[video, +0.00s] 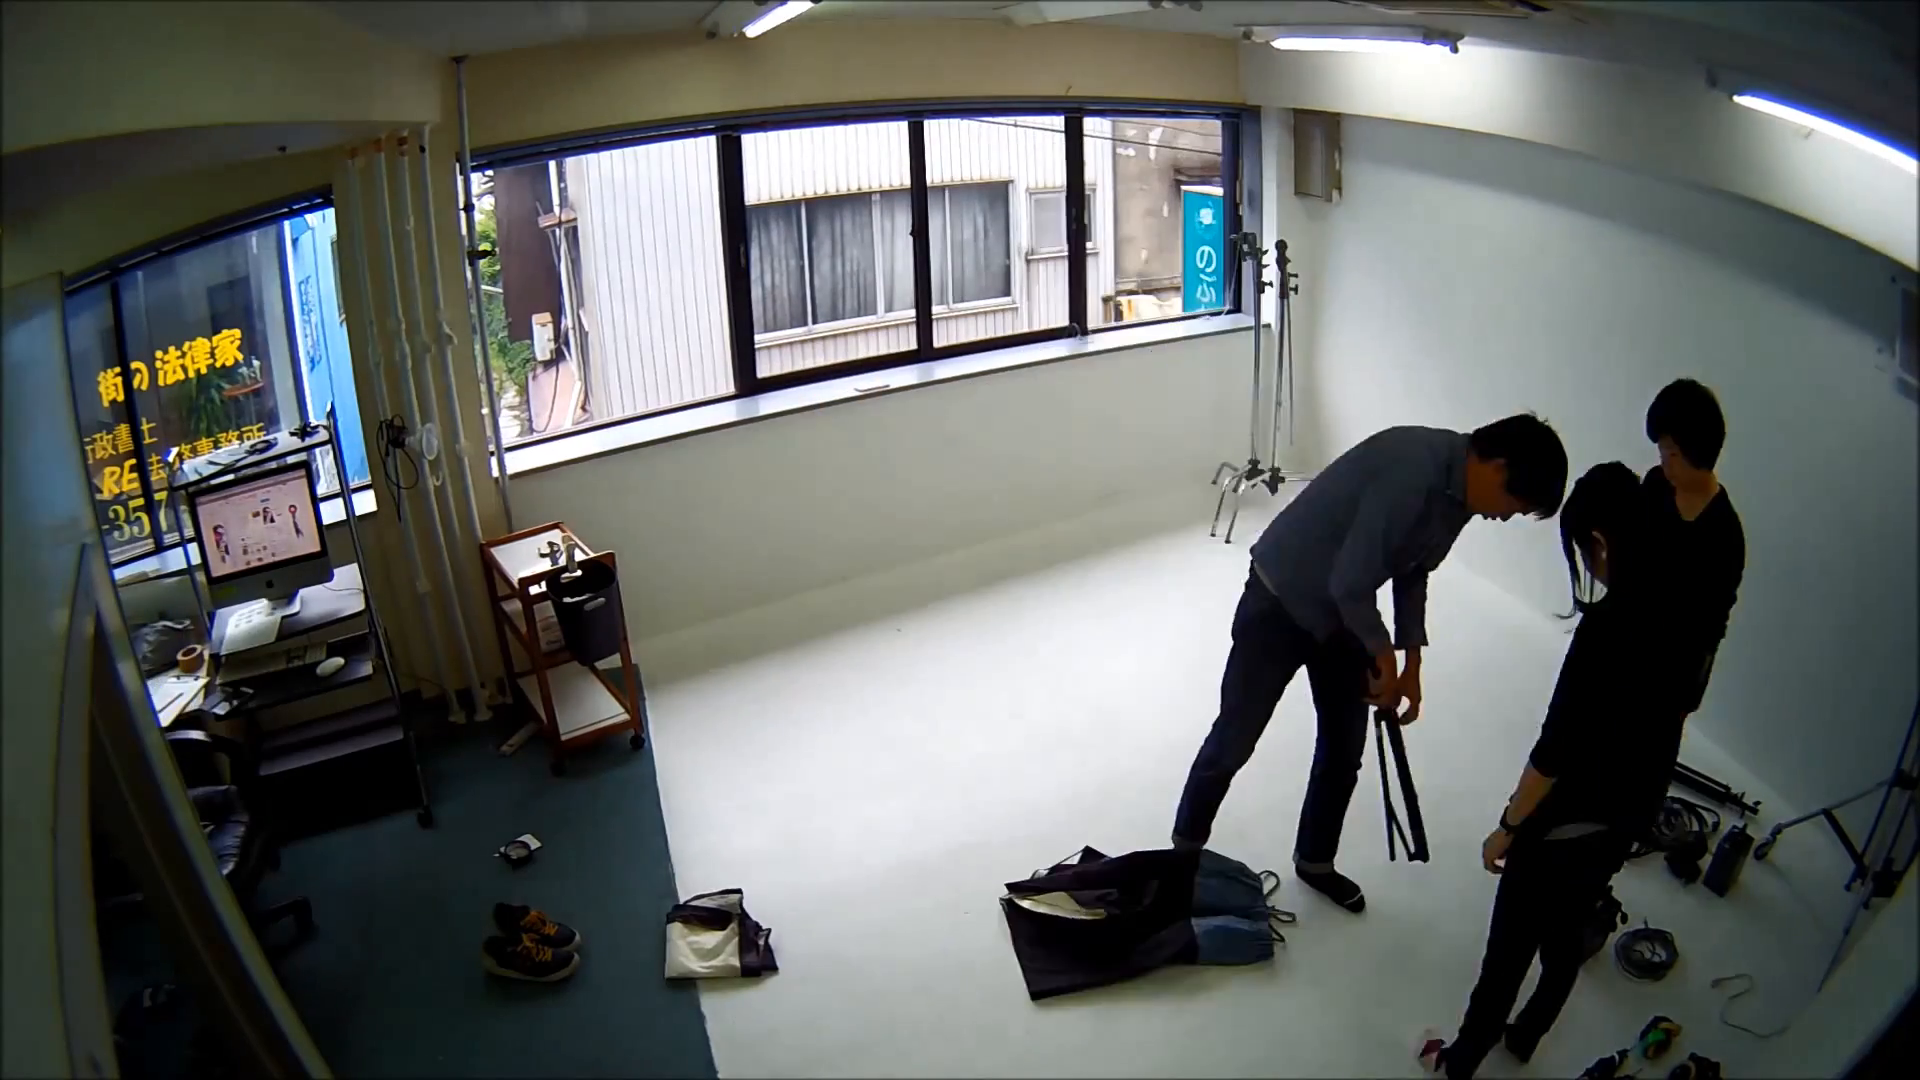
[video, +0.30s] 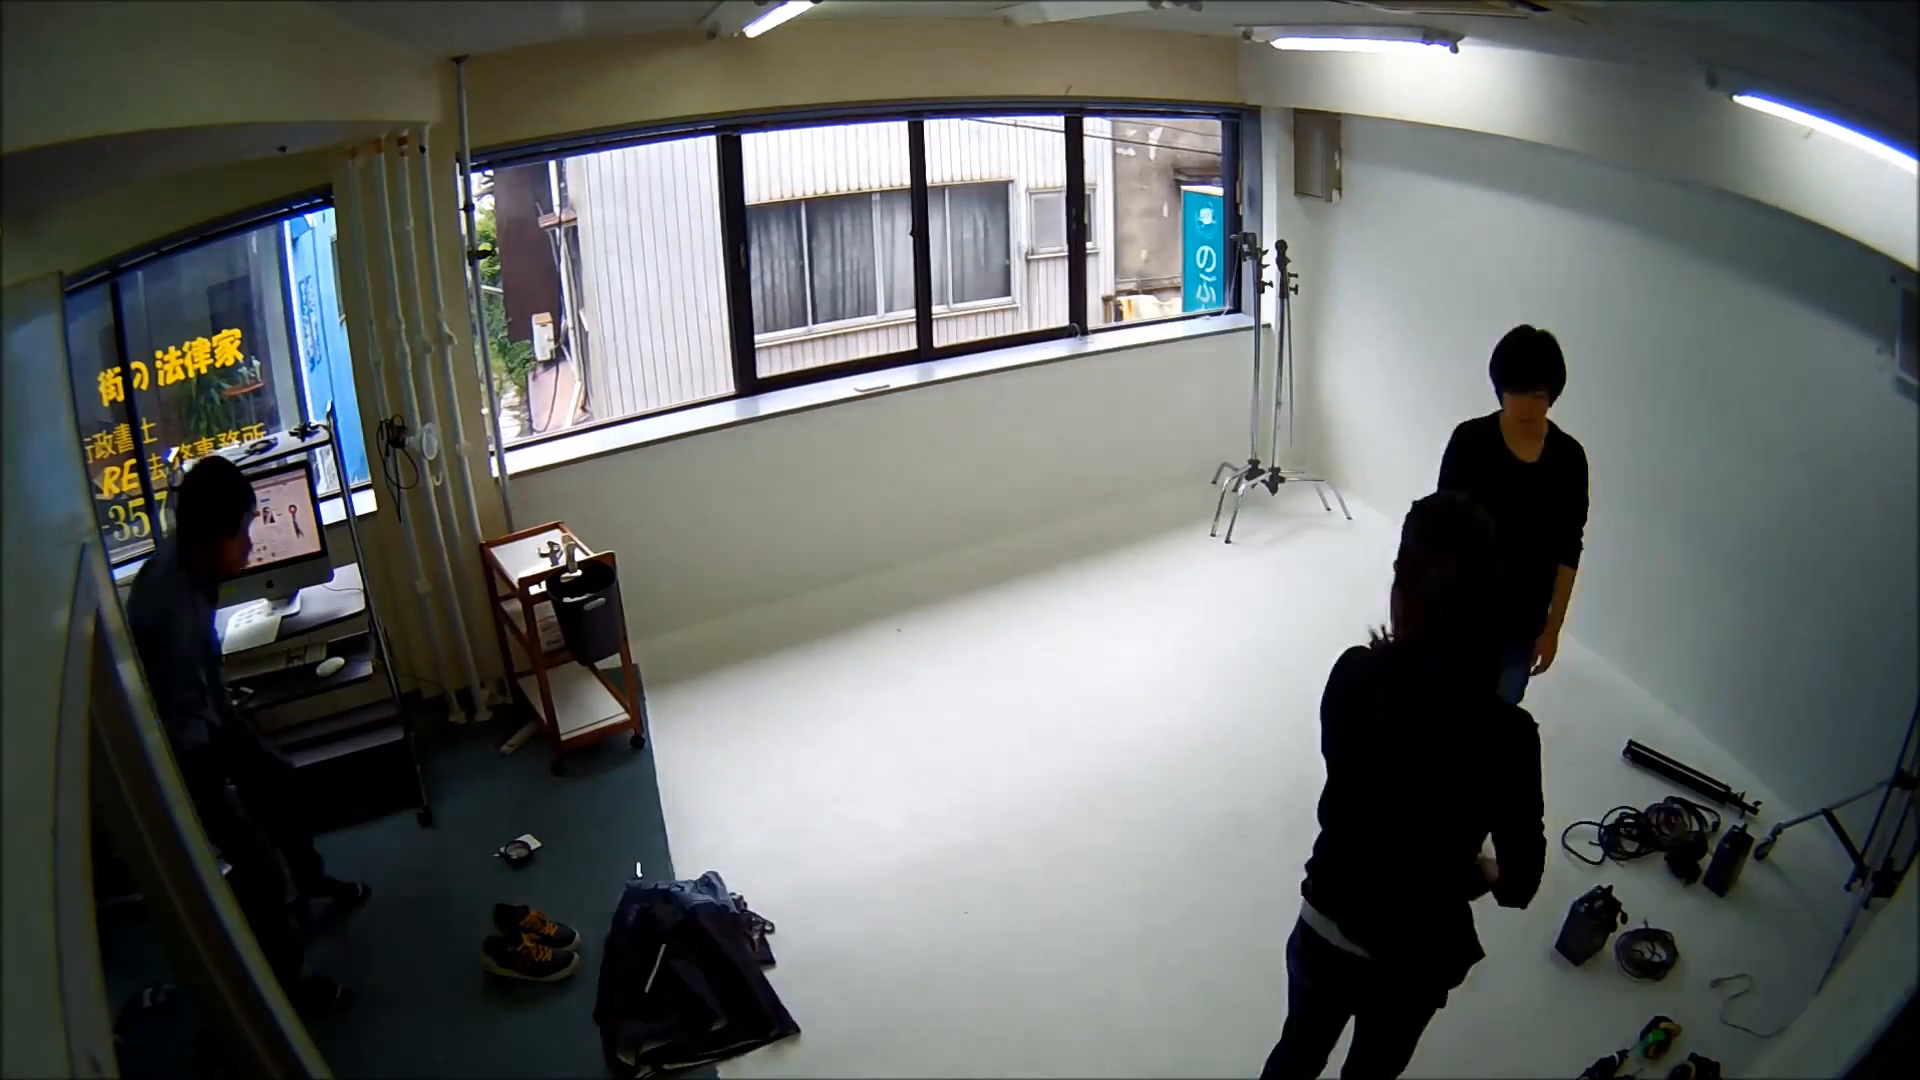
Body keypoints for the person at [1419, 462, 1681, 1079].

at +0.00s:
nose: (1586, 559)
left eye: (1585, 545)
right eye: (1584, 545)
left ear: (1601, 543)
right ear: (1645, 528)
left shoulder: (1606, 625)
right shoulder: (1687, 606)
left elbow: (1558, 742)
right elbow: (1683, 705)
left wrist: (1509, 826)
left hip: (1566, 814)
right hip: (1626, 814)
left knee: (1509, 945)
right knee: (1568, 935)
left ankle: (1461, 1058)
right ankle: (1524, 1037)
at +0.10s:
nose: (1544, 548)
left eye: (1549, 537)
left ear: (1550, 549)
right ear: (1628, 572)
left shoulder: (1497, 627)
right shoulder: (1627, 673)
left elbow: (1446, 731)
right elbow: (1610, 790)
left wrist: (1426, 814)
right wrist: (1581, 874)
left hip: (1452, 838)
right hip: (1534, 865)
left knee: (1406, 971)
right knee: (1475, 1000)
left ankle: (1368, 1059)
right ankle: (1439, 1076)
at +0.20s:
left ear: (1459, 552)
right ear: (1540, 550)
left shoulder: (1426, 653)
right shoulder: (1567, 665)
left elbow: (1387, 753)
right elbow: (1593, 770)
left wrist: (1385, 824)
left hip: (1423, 870)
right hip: (1508, 879)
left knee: (1388, 1001)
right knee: (1471, 997)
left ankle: (1357, 1076)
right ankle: (1449, 1077)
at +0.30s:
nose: (1393, 579)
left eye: (1400, 566)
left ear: (1402, 584)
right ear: (1494, 601)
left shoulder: (1354, 673)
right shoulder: (1507, 733)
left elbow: (1349, 784)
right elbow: (1519, 885)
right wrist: (1479, 868)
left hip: (1326, 936)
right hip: (1421, 958)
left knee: (1293, 1055)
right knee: (1369, 1073)